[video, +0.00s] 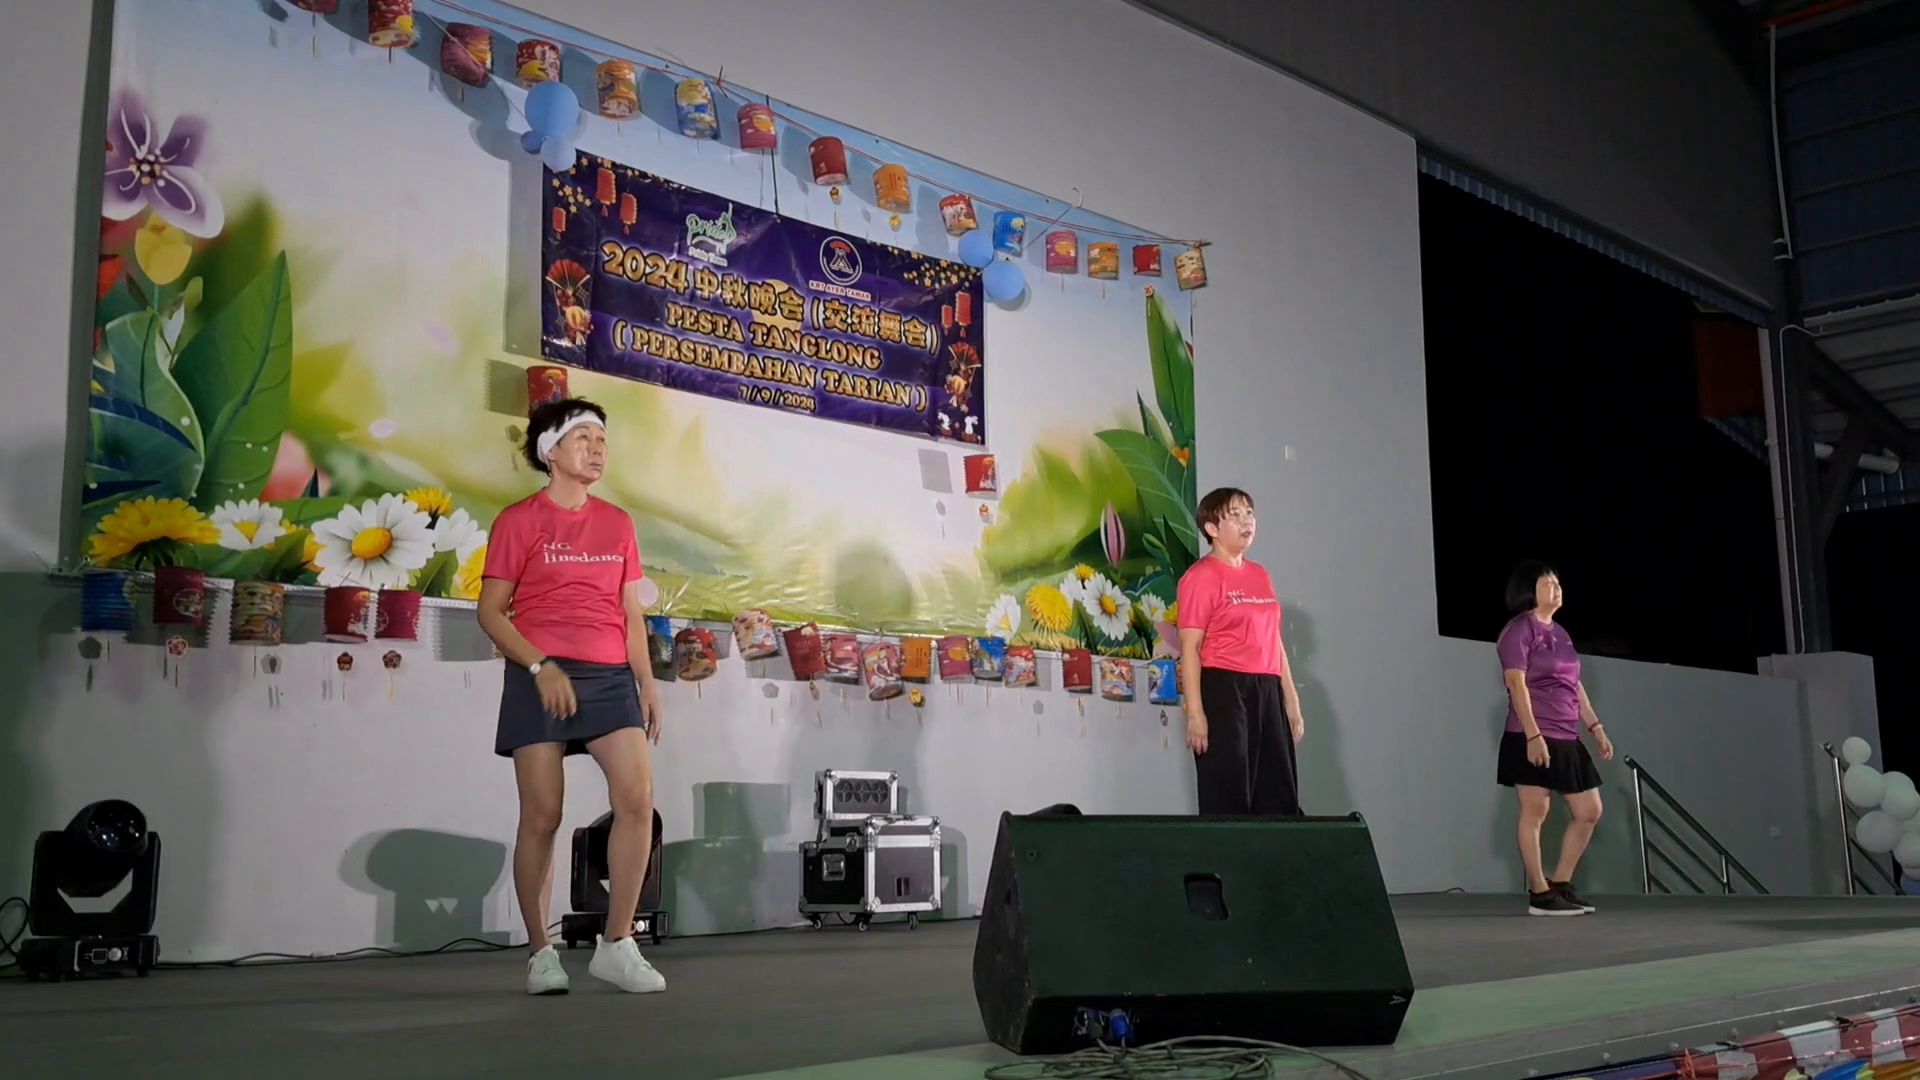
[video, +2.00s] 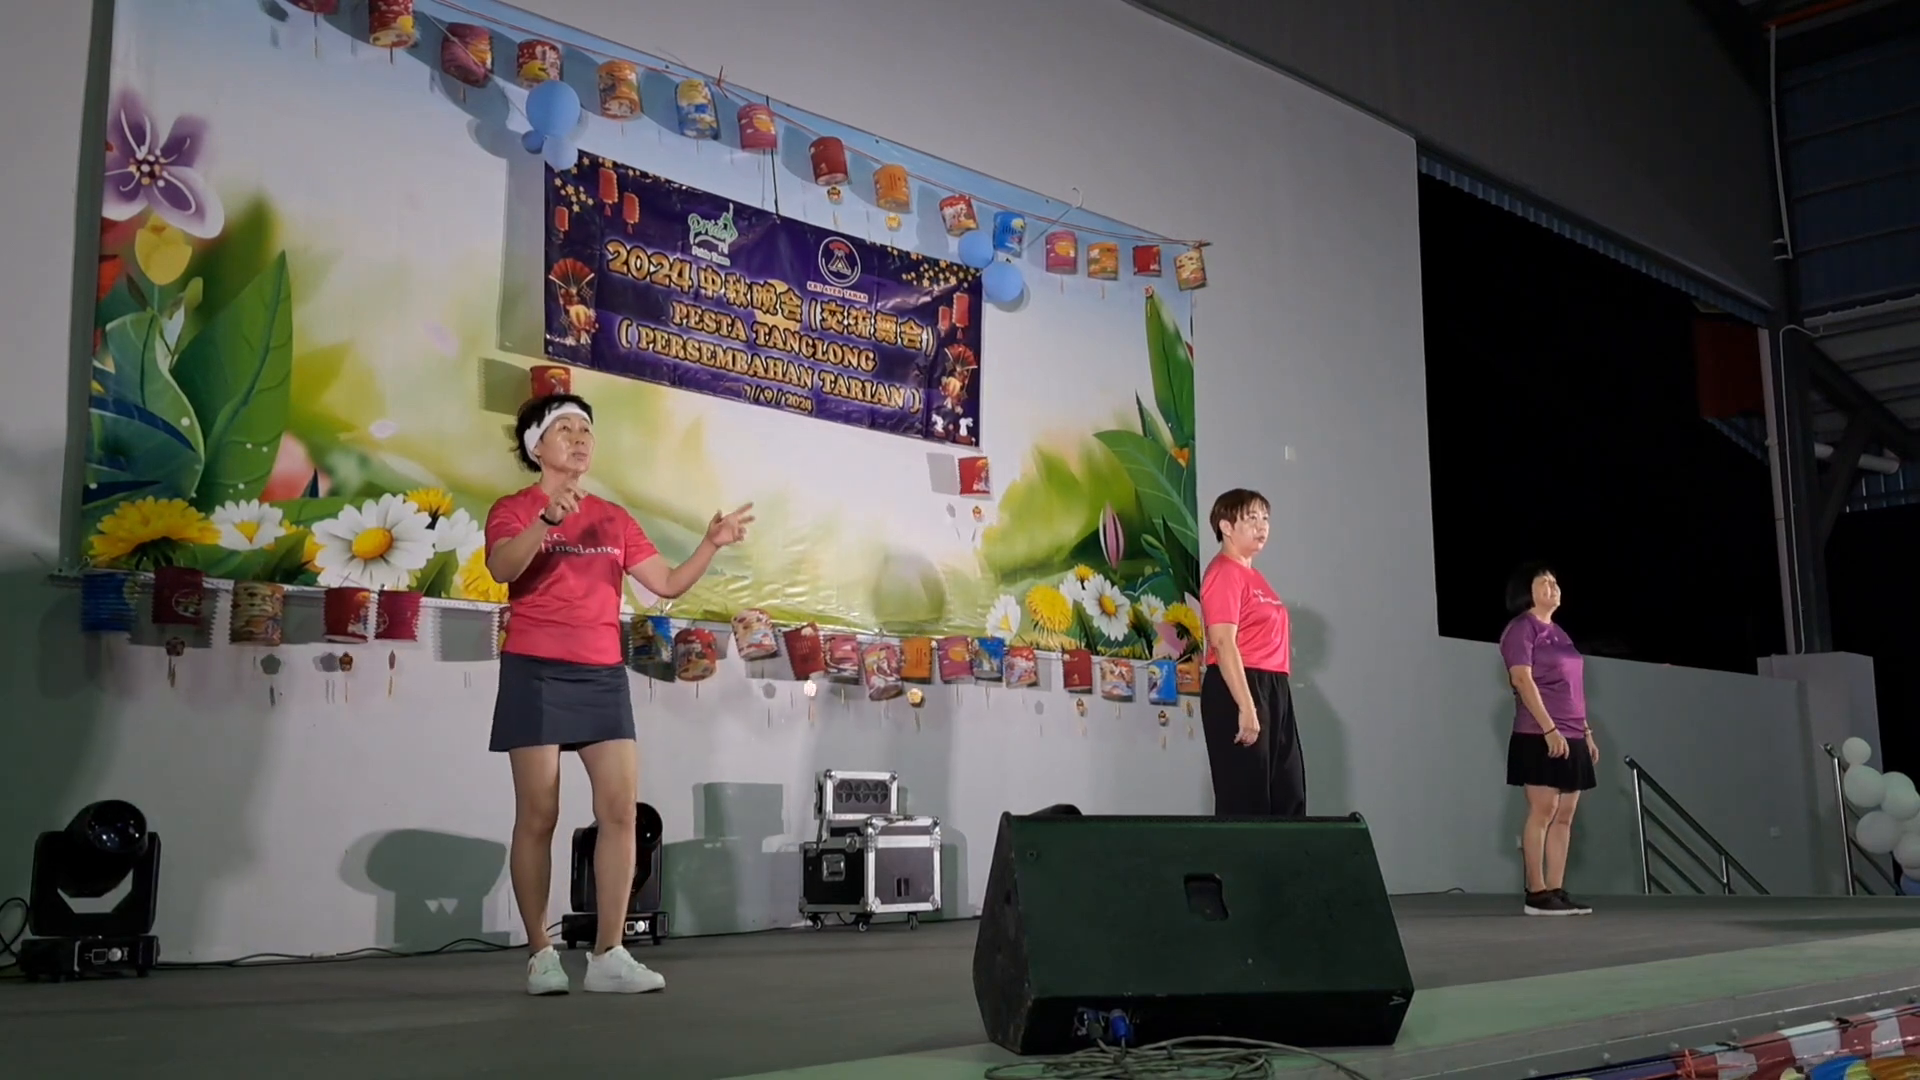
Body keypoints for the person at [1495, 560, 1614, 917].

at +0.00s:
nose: (1556, 589)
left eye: (1557, 583)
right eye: (1548, 583)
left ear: (1558, 592)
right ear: (1530, 591)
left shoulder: (1562, 635)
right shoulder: (1518, 632)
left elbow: (1575, 687)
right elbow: (1516, 687)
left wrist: (1596, 728)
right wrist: (1533, 736)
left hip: (1567, 740)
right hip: (1529, 738)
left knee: (1589, 811)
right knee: (1534, 810)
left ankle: (1560, 886)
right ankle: (1540, 892)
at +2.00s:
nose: (1552, 588)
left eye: (1554, 583)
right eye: (1543, 583)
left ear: (1558, 592)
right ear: (1527, 592)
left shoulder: (1559, 633)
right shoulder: (1521, 628)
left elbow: (1570, 688)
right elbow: (1522, 681)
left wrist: (1586, 733)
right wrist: (1550, 729)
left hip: (1571, 737)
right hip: (1537, 735)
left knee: (1564, 814)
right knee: (1542, 810)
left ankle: (1555, 891)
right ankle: (1536, 892)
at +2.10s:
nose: (1552, 588)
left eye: (1554, 583)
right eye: (1543, 583)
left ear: (1558, 592)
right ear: (1527, 592)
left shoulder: (1560, 633)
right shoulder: (1521, 628)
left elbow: (1568, 688)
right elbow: (1523, 681)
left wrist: (1583, 732)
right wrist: (1552, 728)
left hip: (1571, 736)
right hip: (1539, 734)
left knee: (1564, 815)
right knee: (1544, 810)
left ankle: (1555, 890)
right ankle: (1536, 892)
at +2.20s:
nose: (1553, 588)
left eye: (1555, 583)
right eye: (1544, 583)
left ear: (1559, 592)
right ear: (1528, 592)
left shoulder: (1560, 633)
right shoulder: (1522, 628)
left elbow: (1569, 690)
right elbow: (1524, 681)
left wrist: (1583, 737)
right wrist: (1551, 728)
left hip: (1571, 737)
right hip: (1539, 735)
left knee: (1564, 815)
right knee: (1546, 811)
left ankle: (1555, 891)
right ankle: (1536, 892)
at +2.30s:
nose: (1553, 588)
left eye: (1555, 583)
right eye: (1544, 583)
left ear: (1558, 592)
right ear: (1528, 592)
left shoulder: (1558, 633)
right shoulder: (1522, 628)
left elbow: (1563, 685)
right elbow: (1523, 680)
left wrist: (1575, 730)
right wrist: (1549, 728)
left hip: (1572, 736)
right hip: (1540, 736)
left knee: (1565, 815)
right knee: (1547, 811)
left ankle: (1555, 891)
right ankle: (1536, 892)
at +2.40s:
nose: (1552, 589)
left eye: (1554, 584)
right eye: (1543, 584)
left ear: (1558, 593)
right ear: (1527, 593)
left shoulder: (1558, 633)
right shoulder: (1521, 629)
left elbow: (1563, 685)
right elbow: (1523, 681)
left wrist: (1575, 729)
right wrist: (1547, 729)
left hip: (1572, 736)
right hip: (1541, 736)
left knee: (1565, 816)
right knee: (1547, 811)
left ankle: (1556, 891)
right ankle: (1537, 893)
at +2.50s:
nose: (1551, 590)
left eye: (1554, 585)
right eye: (1542, 585)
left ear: (1558, 594)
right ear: (1526, 593)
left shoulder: (1556, 634)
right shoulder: (1521, 629)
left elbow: (1563, 685)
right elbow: (1523, 682)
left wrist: (1575, 730)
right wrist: (1547, 730)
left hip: (1572, 736)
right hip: (1541, 736)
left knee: (1565, 816)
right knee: (1547, 812)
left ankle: (1555, 890)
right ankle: (1537, 892)